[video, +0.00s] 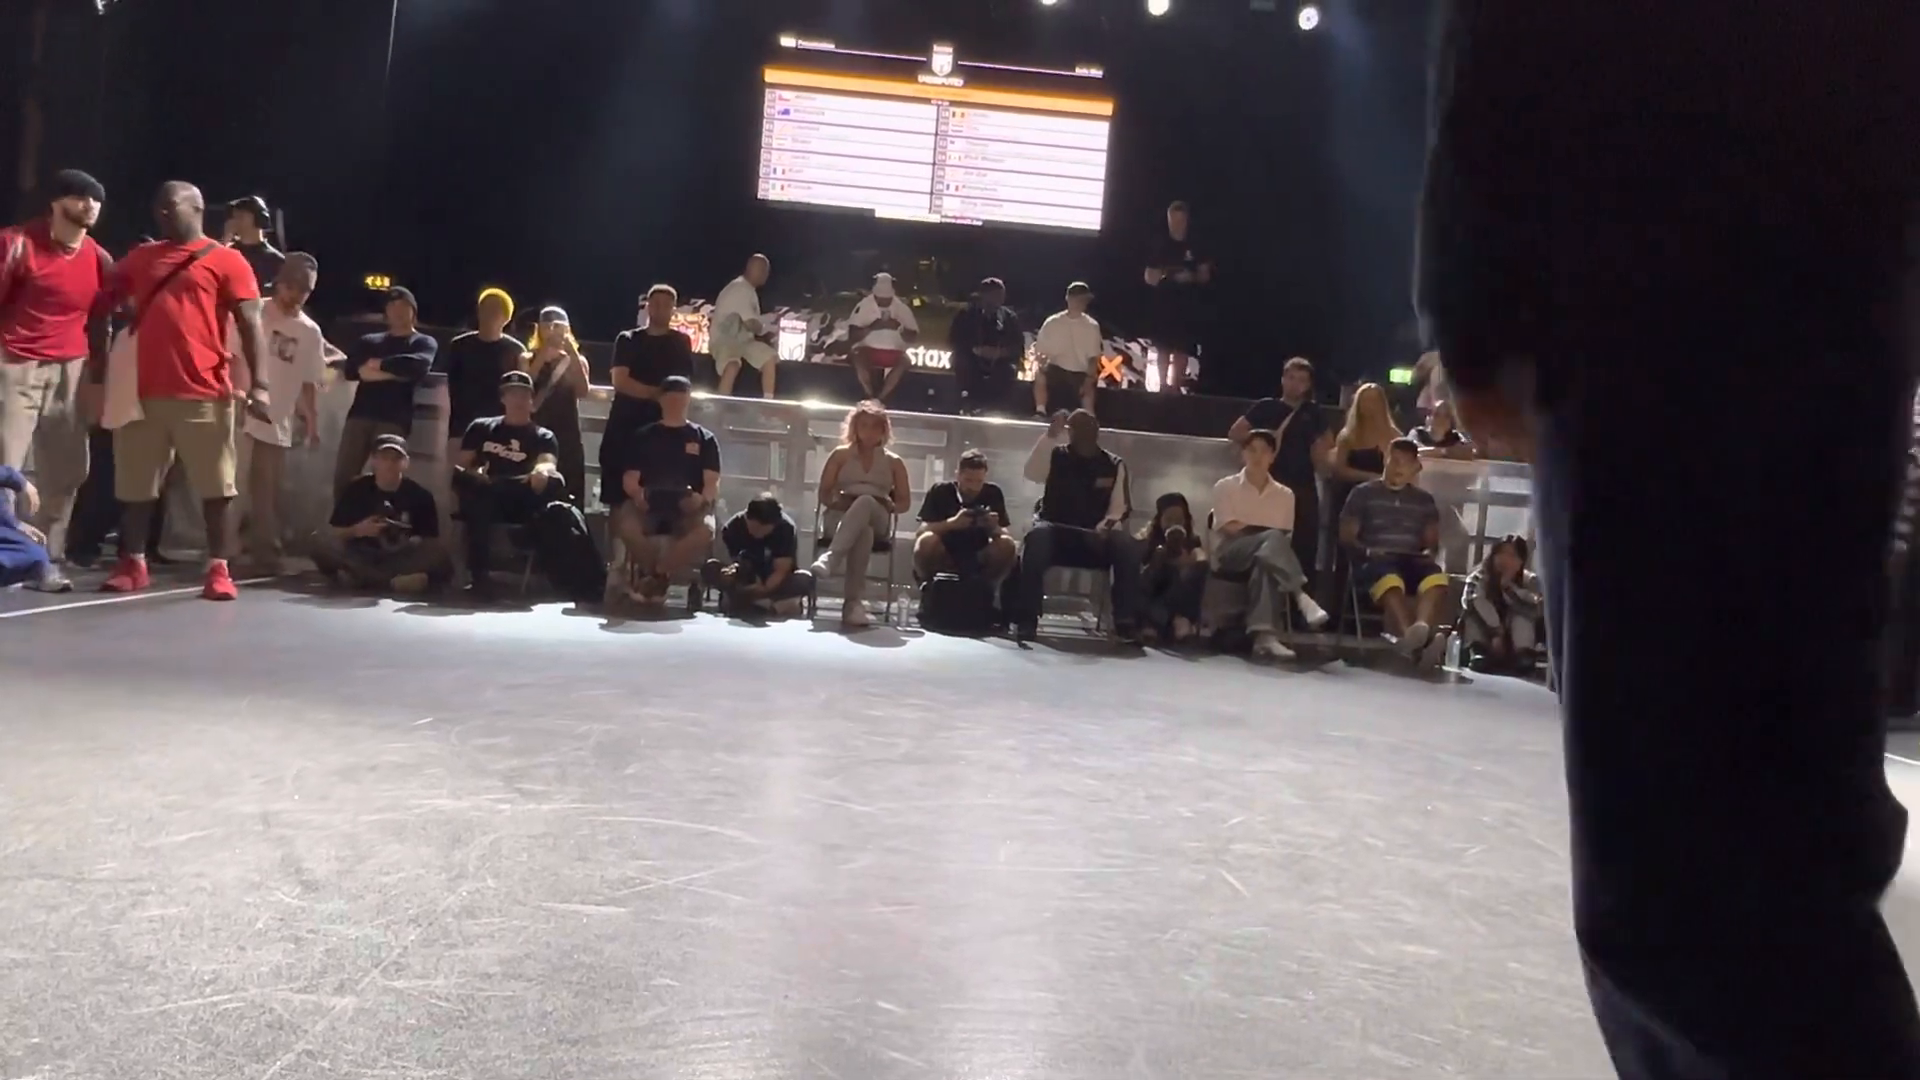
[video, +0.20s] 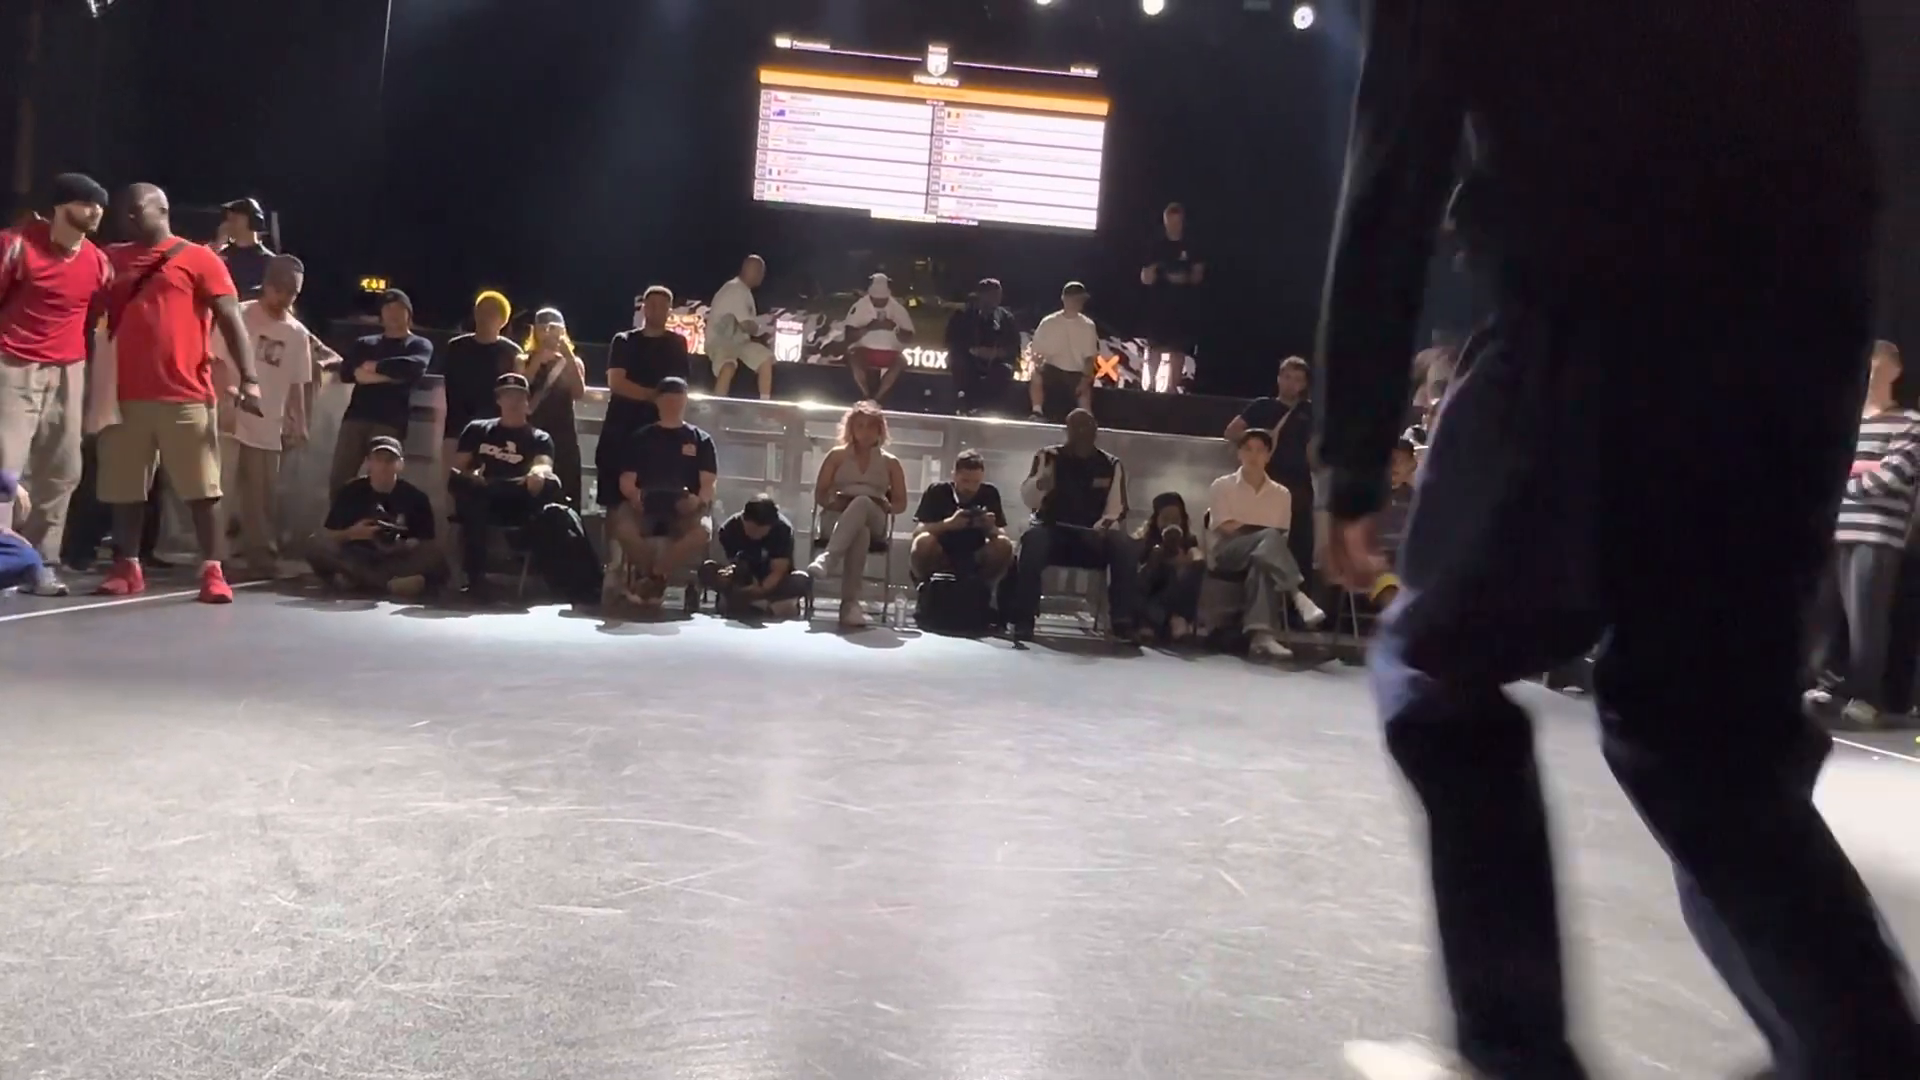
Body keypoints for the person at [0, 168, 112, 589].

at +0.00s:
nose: (91, 205)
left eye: (96, 198)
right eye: (82, 196)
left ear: (98, 207)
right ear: (57, 201)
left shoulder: (99, 259)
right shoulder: (18, 244)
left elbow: (102, 322)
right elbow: (4, 299)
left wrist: (100, 378)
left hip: (71, 370)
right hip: (17, 367)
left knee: (67, 465)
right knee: (9, 463)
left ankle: (51, 559)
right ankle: (8, 558)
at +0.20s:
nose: (95, 211)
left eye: (98, 205)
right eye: (86, 203)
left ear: (98, 212)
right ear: (60, 205)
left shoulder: (98, 262)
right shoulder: (19, 245)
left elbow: (104, 319)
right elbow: (3, 297)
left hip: (69, 373)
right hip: (15, 368)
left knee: (62, 469)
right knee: (8, 467)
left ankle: (43, 562)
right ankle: (4, 562)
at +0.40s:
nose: (101, 227)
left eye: (102, 220)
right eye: (94, 220)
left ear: (79, 221)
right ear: (66, 216)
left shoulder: (87, 267)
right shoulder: (18, 250)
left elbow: (107, 320)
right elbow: (4, 301)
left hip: (63, 376)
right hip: (14, 374)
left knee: (55, 478)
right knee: (10, 474)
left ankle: (41, 571)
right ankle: (6, 573)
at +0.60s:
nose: (89, 243)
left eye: (92, 236)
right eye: (84, 233)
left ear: (68, 229)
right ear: (58, 223)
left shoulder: (73, 272)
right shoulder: (14, 250)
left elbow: (66, 322)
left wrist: (70, 337)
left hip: (52, 380)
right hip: (10, 380)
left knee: (47, 485)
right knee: (6, 486)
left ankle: (32, 579)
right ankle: (4, 582)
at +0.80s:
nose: (88, 256)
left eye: (92, 249)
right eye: (85, 246)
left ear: (69, 238)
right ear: (62, 233)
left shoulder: (68, 279)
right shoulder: (14, 256)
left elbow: (56, 335)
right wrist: (4, 361)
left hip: (43, 384)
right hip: (10, 383)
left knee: (35, 487)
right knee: (7, 486)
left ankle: (19, 582)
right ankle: (4, 584)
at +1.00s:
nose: (94, 267)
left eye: (98, 260)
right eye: (90, 258)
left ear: (73, 253)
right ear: (65, 246)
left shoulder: (71, 295)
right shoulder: (16, 267)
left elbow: (60, 348)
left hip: (44, 398)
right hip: (8, 396)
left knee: (38, 503)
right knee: (6, 502)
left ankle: (21, 597)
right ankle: (3, 599)